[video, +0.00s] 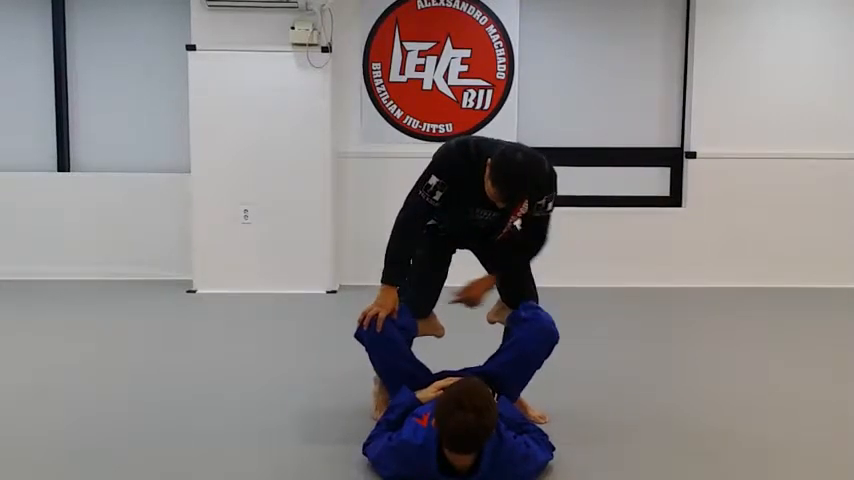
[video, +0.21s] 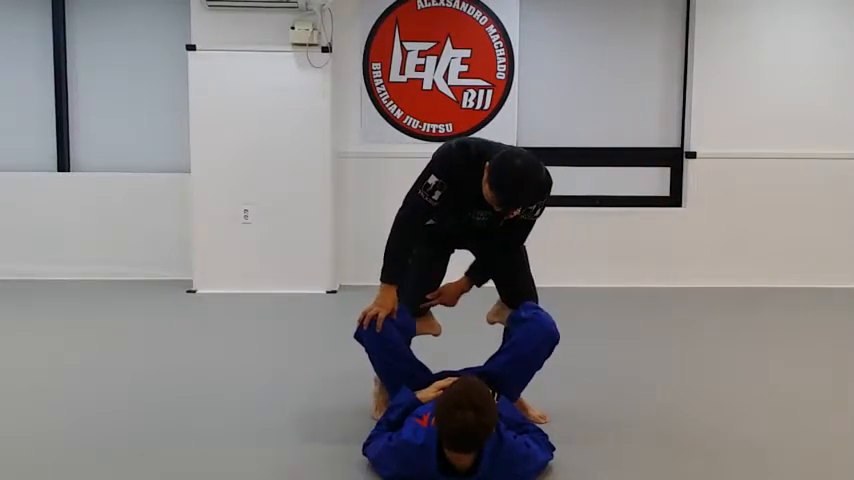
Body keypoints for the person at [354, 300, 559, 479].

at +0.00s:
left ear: (434, 421)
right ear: (495, 422)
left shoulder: (407, 452)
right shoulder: (514, 457)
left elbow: (374, 443)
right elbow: (542, 443)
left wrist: (413, 397)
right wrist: (503, 403)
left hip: (423, 394)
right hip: (491, 391)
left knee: (374, 325)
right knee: (543, 328)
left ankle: (420, 319)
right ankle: (508, 308)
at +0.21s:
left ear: (434, 420)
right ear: (495, 423)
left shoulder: (409, 451)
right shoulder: (514, 456)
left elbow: (374, 443)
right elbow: (541, 443)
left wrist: (413, 398)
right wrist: (504, 403)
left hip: (423, 394)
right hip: (492, 392)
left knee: (373, 325)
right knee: (543, 328)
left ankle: (419, 319)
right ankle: (508, 309)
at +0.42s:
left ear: (434, 420)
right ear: (494, 422)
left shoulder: (408, 451)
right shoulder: (514, 456)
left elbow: (374, 443)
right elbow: (541, 443)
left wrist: (414, 397)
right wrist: (505, 403)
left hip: (422, 395)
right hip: (490, 392)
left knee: (371, 326)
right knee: (543, 328)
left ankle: (421, 319)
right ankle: (507, 308)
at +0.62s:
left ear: (434, 419)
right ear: (494, 422)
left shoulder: (408, 451)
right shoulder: (514, 457)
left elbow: (374, 443)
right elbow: (541, 443)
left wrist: (413, 398)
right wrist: (505, 403)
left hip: (422, 395)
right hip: (491, 391)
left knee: (371, 326)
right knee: (541, 322)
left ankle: (421, 324)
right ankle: (508, 311)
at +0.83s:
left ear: (434, 419)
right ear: (494, 420)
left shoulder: (408, 451)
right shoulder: (514, 456)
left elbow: (373, 443)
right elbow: (541, 442)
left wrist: (414, 398)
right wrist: (505, 403)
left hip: (424, 396)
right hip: (491, 393)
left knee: (375, 325)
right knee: (544, 323)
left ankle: (427, 328)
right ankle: (508, 313)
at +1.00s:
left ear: (434, 419)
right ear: (495, 418)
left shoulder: (407, 452)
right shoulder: (515, 456)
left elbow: (374, 443)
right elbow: (540, 442)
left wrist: (414, 397)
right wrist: (506, 403)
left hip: (424, 396)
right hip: (492, 393)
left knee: (373, 327)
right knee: (546, 326)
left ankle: (431, 333)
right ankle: (509, 312)